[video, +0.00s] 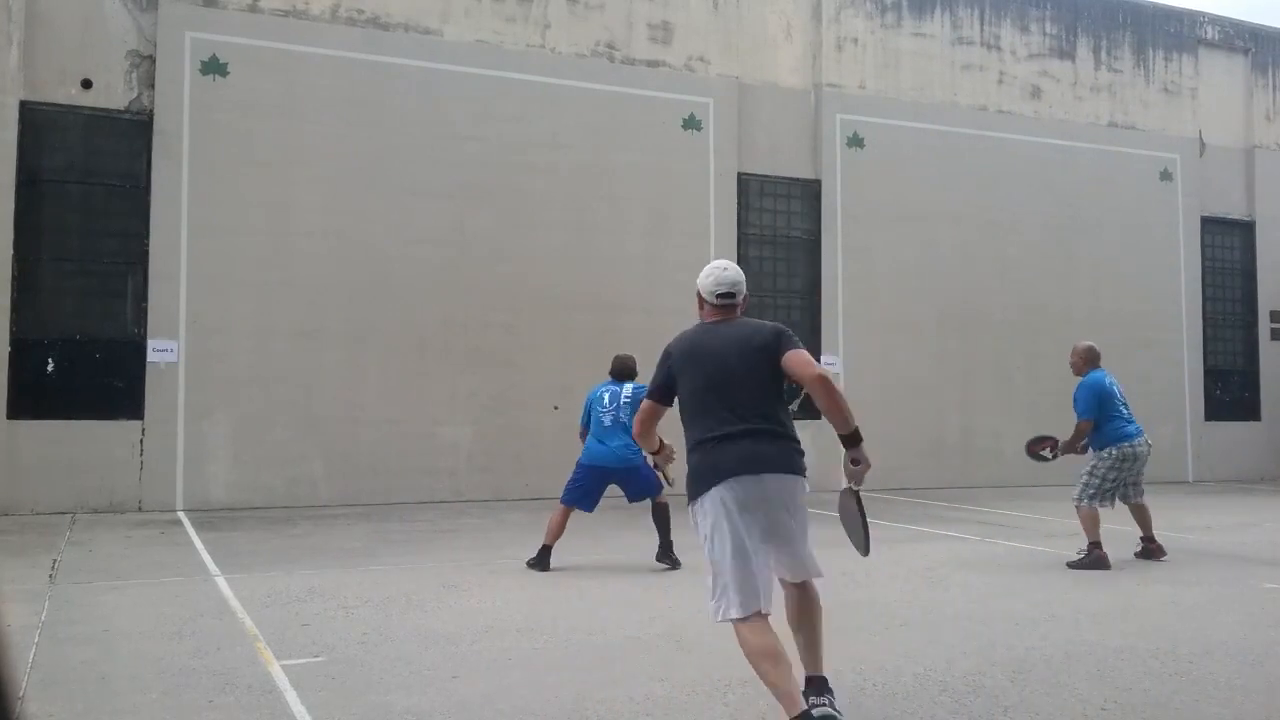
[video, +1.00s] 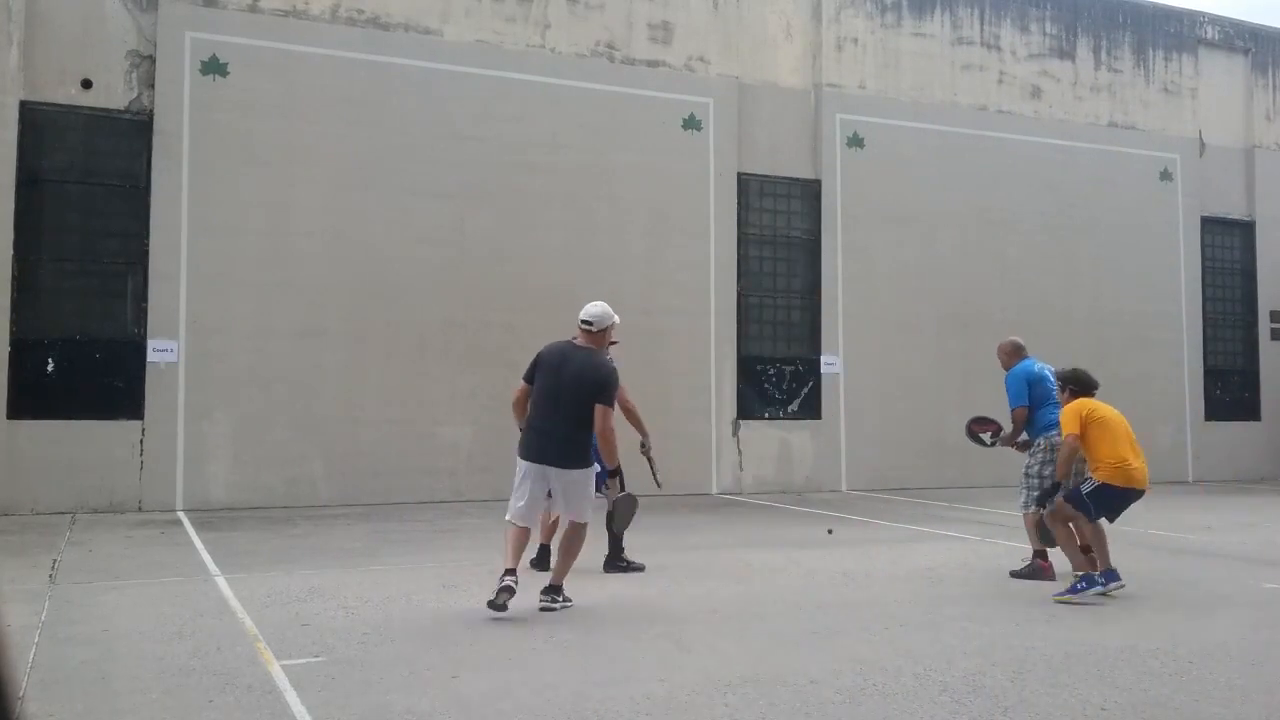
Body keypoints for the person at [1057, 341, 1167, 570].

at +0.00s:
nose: (1070, 362)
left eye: (1073, 358)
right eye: (1071, 358)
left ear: (1083, 361)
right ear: (1091, 361)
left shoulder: (1088, 385)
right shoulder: (1106, 378)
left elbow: (1084, 426)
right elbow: (1108, 421)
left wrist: (1068, 445)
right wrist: (1086, 445)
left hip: (1118, 449)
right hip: (1138, 444)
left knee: (1084, 497)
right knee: (1131, 494)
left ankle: (1095, 552)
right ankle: (1151, 544)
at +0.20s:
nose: (1048, 344)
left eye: (1052, 339)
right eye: (1048, 339)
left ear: (1066, 341)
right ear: (1071, 340)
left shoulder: (1070, 364)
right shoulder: (1086, 358)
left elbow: (1074, 402)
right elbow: (1088, 404)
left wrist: (1054, 421)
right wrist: (1064, 423)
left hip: (1094, 433)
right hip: (1116, 429)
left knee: (1070, 491)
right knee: (1103, 490)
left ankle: (1091, 545)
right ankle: (1116, 545)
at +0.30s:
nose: (1040, 346)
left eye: (1044, 341)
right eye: (1040, 341)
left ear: (1058, 342)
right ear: (1062, 342)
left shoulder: (1064, 365)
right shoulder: (1079, 361)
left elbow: (1070, 404)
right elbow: (1080, 408)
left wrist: (1045, 421)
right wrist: (1054, 425)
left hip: (1082, 435)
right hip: (1104, 433)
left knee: (1052, 490)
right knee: (1087, 494)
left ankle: (1068, 549)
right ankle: (1100, 551)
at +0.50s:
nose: (1019, 358)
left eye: (1022, 354)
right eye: (1020, 354)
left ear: (1035, 357)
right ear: (1044, 356)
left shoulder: (1042, 377)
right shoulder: (1058, 375)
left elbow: (1040, 418)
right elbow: (1057, 421)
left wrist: (1017, 436)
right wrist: (1030, 441)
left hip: (1063, 446)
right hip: (1085, 446)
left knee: (1028, 503)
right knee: (1061, 501)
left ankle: (1040, 561)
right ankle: (1091, 550)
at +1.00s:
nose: (1000, 363)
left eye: (1001, 358)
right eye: (999, 358)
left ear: (1009, 356)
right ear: (1021, 352)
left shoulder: (1016, 374)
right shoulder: (1044, 367)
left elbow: (1020, 415)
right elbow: (1053, 410)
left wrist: (1011, 436)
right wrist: (1030, 440)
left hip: (1048, 440)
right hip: (1072, 436)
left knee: (1030, 502)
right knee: (1072, 500)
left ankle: (1040, 560)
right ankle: (1088, 555)